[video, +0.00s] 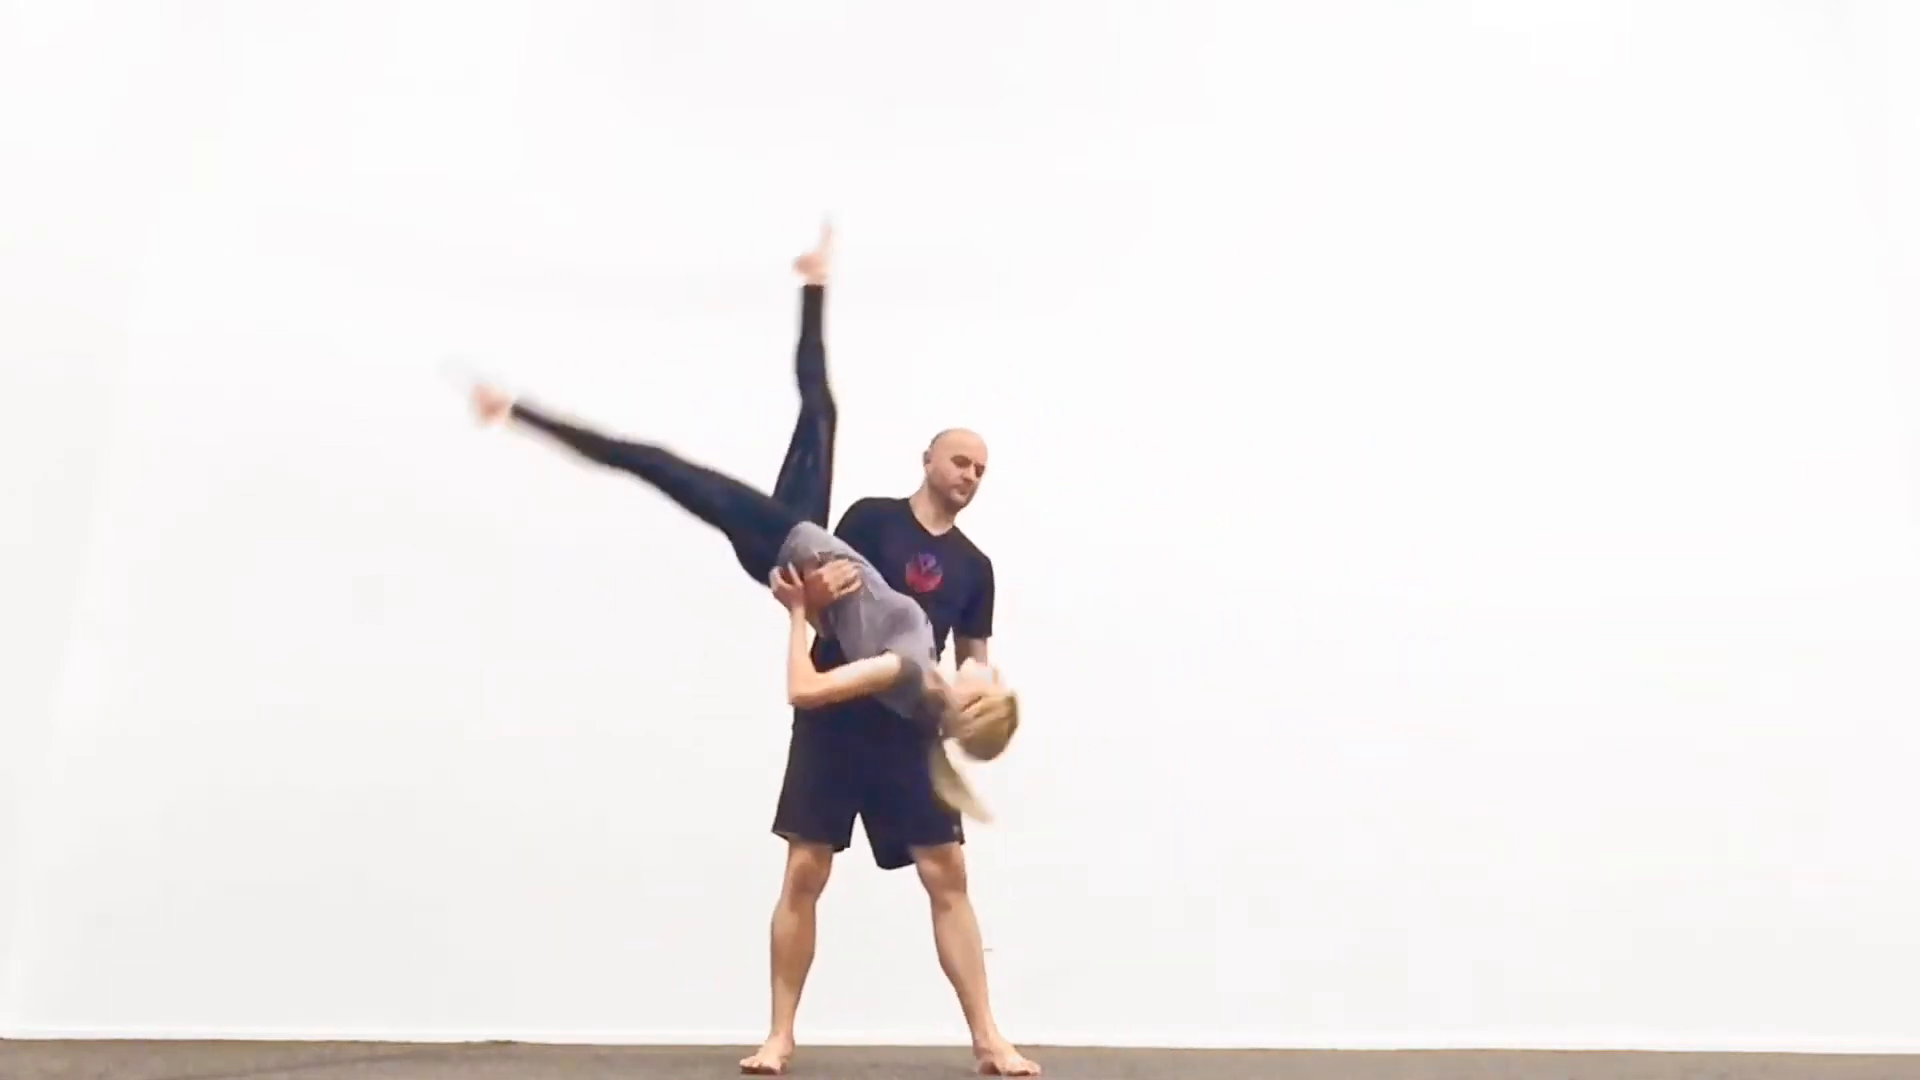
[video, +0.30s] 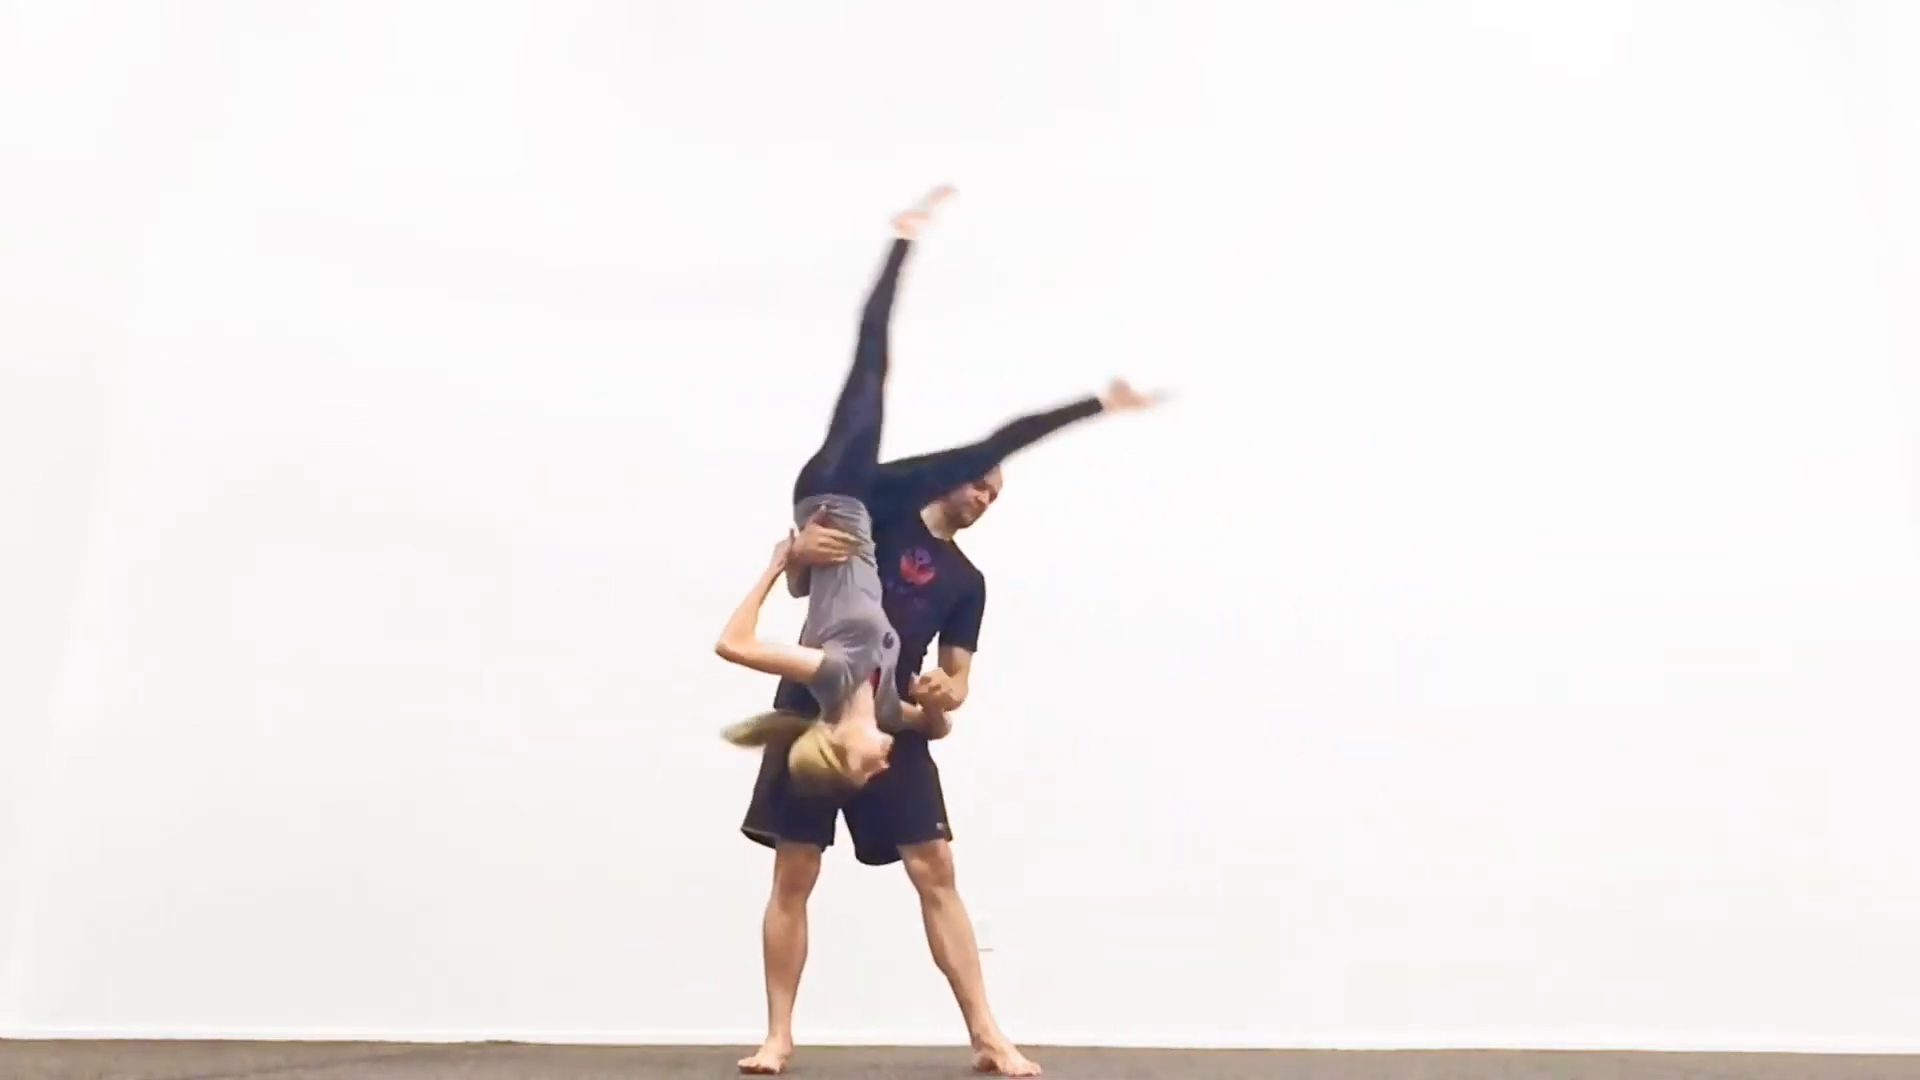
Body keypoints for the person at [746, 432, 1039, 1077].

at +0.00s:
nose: (971, 477)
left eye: (979, 470)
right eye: (961, 462)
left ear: (981, 481)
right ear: (928, 459)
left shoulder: (974, 566)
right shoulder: (866, 519)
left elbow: (975, 659)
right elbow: (789, 586)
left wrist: (970, 708)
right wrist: (809, 593)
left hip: (911, 730)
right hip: (833, 719)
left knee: (947, 873)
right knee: (805, 873)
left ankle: (988, 1039)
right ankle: (779, 1037)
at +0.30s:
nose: (984, 500)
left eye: (993, 495)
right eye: (981, 485)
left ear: (988, 501)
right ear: (950, 475)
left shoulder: (966, 580)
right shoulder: (877, 517)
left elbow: (957, 677)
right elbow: (796, 587)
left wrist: (944, 693)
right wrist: (796, 551)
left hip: (894, 712)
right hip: (817, 701)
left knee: (935, 868)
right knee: (794, 872)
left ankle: (985, 1035)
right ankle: (777, 1037)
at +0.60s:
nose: (1013, 519)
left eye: (1019, 511)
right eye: (1005, 503)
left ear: (1016, 514)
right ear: (967, 490)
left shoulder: (992, 595)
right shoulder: (909, 508)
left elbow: (958, 724)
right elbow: (833, 573)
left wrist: (971, 685)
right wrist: (894, 567)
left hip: (918, 727)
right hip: (833, 712)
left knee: (967, 861)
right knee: (806, 875)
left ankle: (990, 1037)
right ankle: (777, 1038)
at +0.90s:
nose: (1050, 502)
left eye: (1055, 496)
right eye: (1044, 488)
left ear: (1021, 486)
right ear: (1006, 474)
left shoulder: (1008, 575)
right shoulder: (963, 512)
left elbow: (995, 655)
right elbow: (971, 595)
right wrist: (1053, 641)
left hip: (950, 724)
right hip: (883, 715)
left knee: (1001, 864)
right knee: (833, 876)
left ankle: (991, 1038)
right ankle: (782, 1034)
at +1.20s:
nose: (1066, 471)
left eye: (1071, 466)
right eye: (1059, 457)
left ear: (1056, 473)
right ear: (1021, 446)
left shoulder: (1033, 561)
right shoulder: (983, 476)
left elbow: (1021, 662)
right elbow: (978, 497)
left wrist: (1080, 696)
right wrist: (1074, 543)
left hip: (982, 706)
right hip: (917, 692)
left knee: (1000, 864)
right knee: (890, 849)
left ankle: (990, 1040)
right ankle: (816, 1004)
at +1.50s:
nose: (1047, 449)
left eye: (1050, 440)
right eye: (1037, 435)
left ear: (1040, 446)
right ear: (997, 429)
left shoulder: (1028, 540)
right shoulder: (952, 479)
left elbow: (1026, 649)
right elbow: (883, 496)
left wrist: (1100, 672)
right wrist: (984, 478)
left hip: (1000, 709)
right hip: (935, 695)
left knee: (994, 870)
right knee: (932, 849)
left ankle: (987, 1041)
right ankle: (901, 1043)